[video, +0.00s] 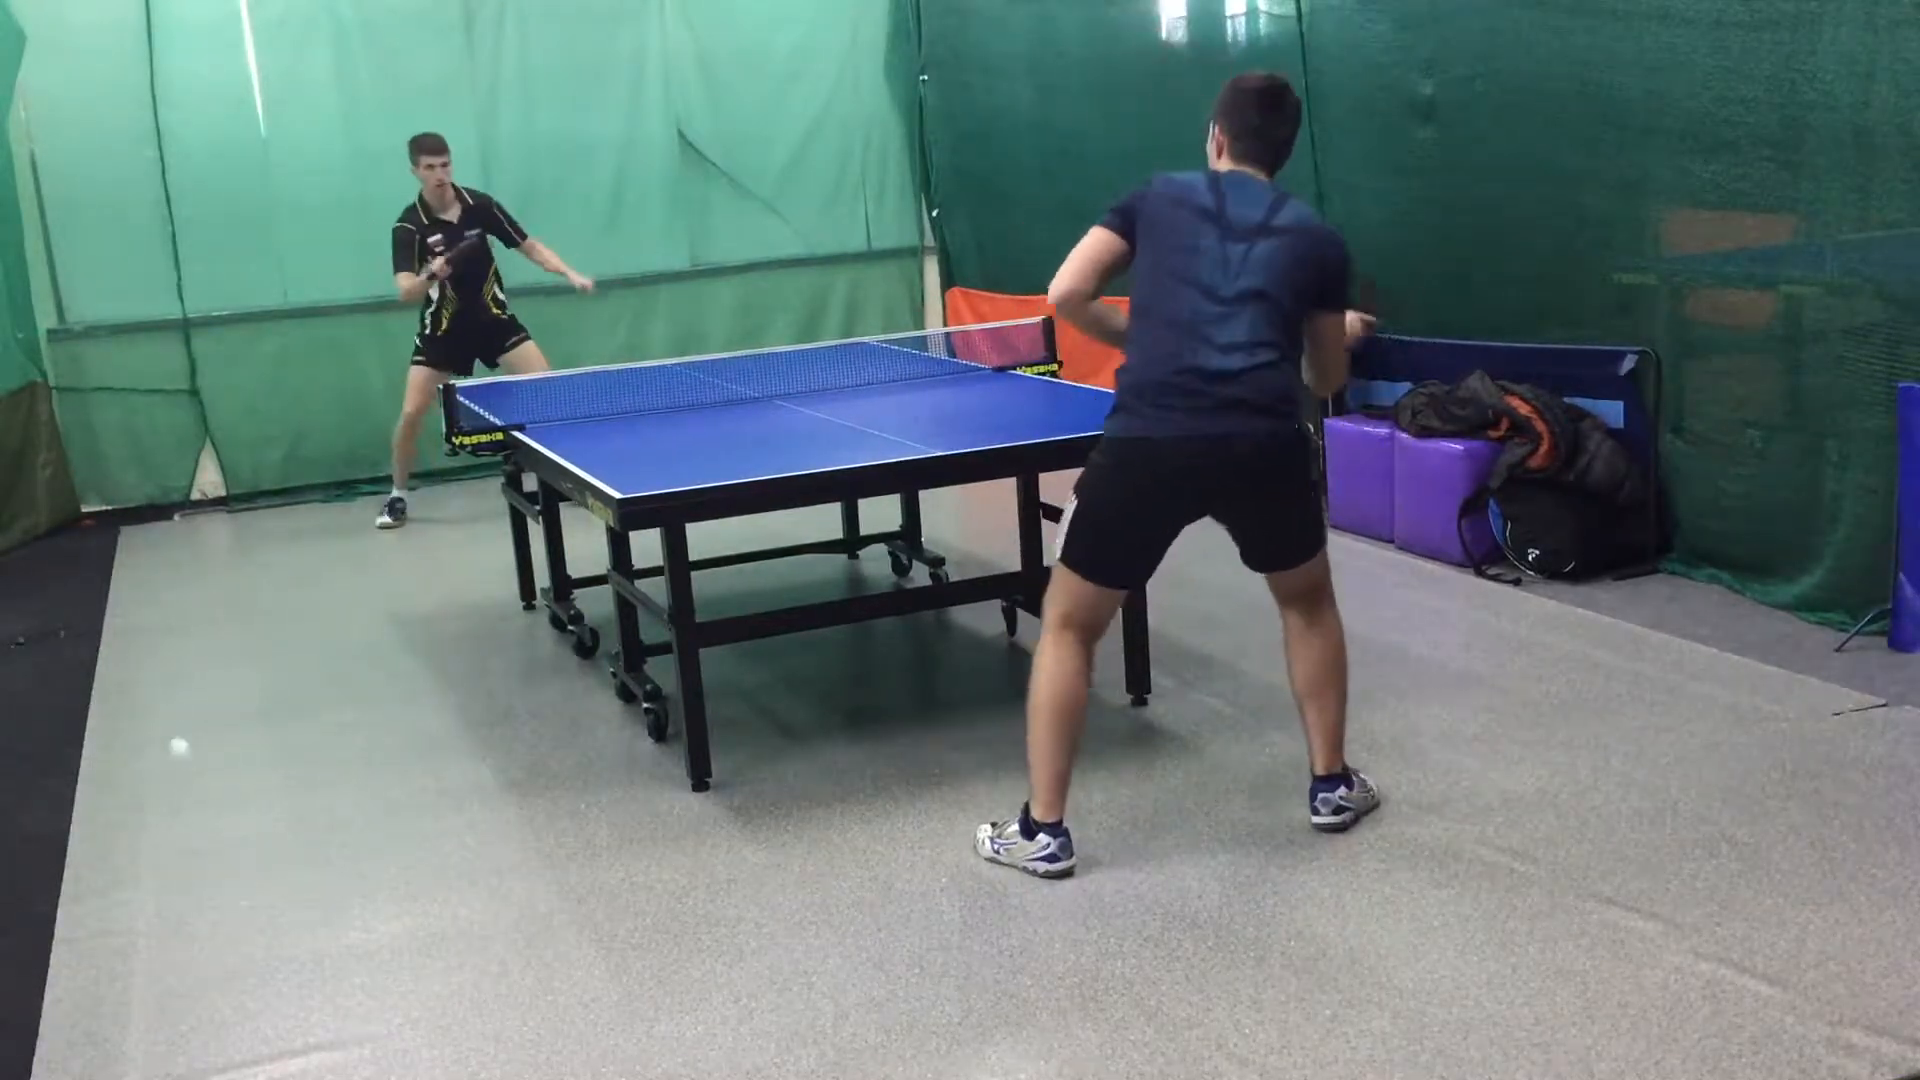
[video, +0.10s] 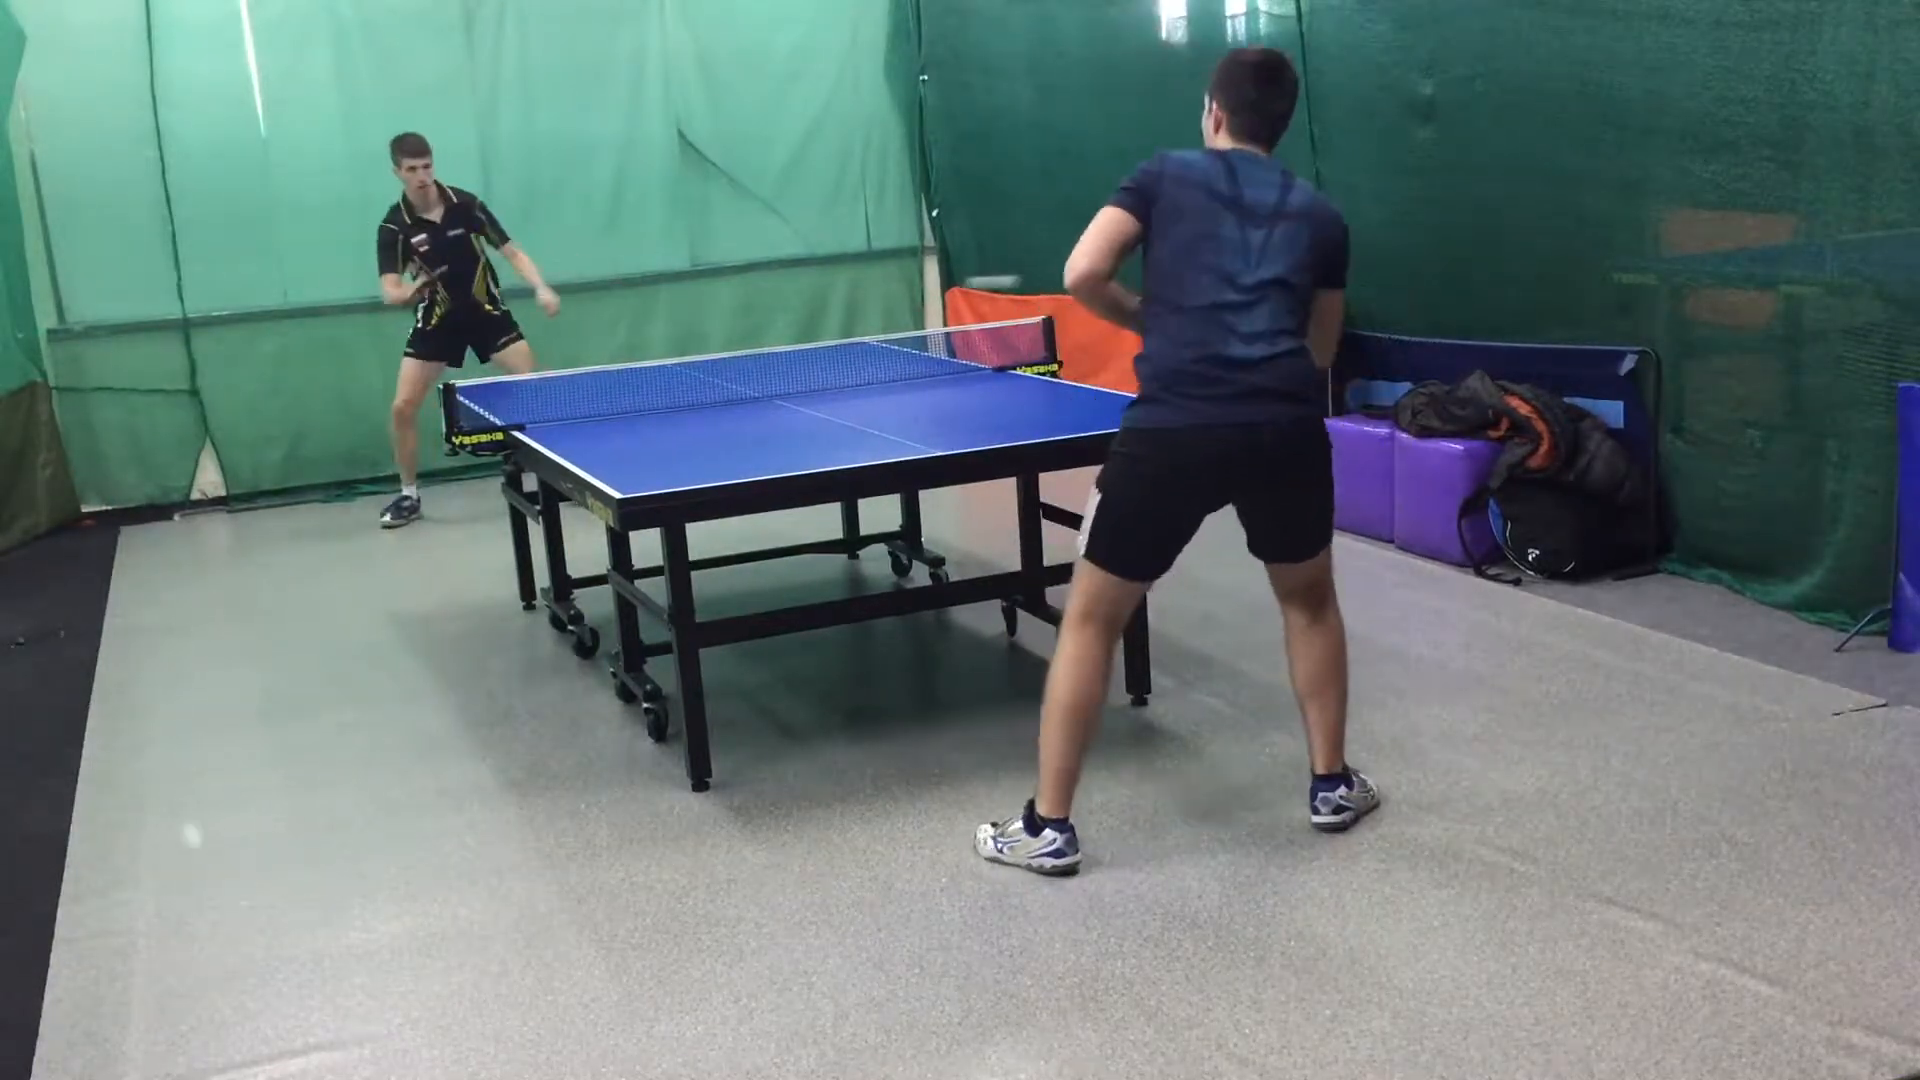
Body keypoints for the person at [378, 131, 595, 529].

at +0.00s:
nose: (441, 174)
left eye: (445, 166)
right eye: (431, 168)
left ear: (452, 165)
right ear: (416, 172)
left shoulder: (480, 205)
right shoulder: (409, 225)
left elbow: (529, 247)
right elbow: (407, 291)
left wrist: (569, 272)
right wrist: (431, 274)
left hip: (493, 318)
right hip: (443, 326)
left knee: (546, 388)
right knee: (412, 412)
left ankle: (528, 476)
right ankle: (397, 496)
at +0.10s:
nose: (422, 176)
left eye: (426, 167)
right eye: (413, 170)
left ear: (434, 164)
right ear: (398, 173)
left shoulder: (465, 204)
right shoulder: (395, 225)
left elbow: (512, 253)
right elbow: (390, 292)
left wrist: (541, 287)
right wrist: (416, 287)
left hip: (486, 312)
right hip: (437, 320)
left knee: (532, 384)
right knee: (403, 407)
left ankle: (540, 476)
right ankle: (409, 495)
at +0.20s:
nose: (400, 195)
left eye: (404, 186)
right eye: (391, 190)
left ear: (412, 182)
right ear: (376, 192)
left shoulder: (443, 219)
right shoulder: (379, 240)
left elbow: (484, 275)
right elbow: (379, 298)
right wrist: (379, 318)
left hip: (475, 312)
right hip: (432, 321)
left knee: (527, 390)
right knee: (399, 409)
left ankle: (537, 477)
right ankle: (410, 497)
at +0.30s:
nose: (381, 221)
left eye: (386, 211)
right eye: (372, 215)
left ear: (395, 205)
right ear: (360, 217)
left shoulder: (428, 243)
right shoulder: (371, 261)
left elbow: (446, 313)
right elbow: (378, 332)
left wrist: (414, 353)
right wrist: (349, 366)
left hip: (479, 326)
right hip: (436, 332)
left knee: (519, 388)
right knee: (392, 411)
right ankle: (409, 497)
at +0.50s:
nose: (376, 237)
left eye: (380, 227)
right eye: (367, 232)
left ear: (391, 217)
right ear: (356, 231)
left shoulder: (421, 251)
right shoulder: (385, 268)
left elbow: (445, 302)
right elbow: (406, 338)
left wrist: (406, 335)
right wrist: (365, 381)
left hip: (498, 338)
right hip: (452, 344)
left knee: (533, 397)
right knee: (401, 414)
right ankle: (412, 497)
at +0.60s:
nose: (391, 218)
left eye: (395, 208)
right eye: (383, 213)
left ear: (409, 200)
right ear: (376, 217)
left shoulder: (445, 229)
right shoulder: (403, 261)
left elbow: (513, 248)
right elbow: (416, 330)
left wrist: (489, 275)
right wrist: (375, 369)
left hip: (510, 329)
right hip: (464, 339)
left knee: (540, 392)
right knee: (421, 417)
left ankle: (552, 477)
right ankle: (415, 497)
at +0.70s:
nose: (421, 199)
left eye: (425, 188)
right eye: (413, 194)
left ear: (441, 181)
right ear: (409, 197)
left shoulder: (488, 211)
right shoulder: (423, 248)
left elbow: (555, 232)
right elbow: (434, 304)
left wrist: (543, 231)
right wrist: (430, 304)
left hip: (527, 328)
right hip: (478, 343)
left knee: (569, 384)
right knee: (446, 425)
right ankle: (425, 496)